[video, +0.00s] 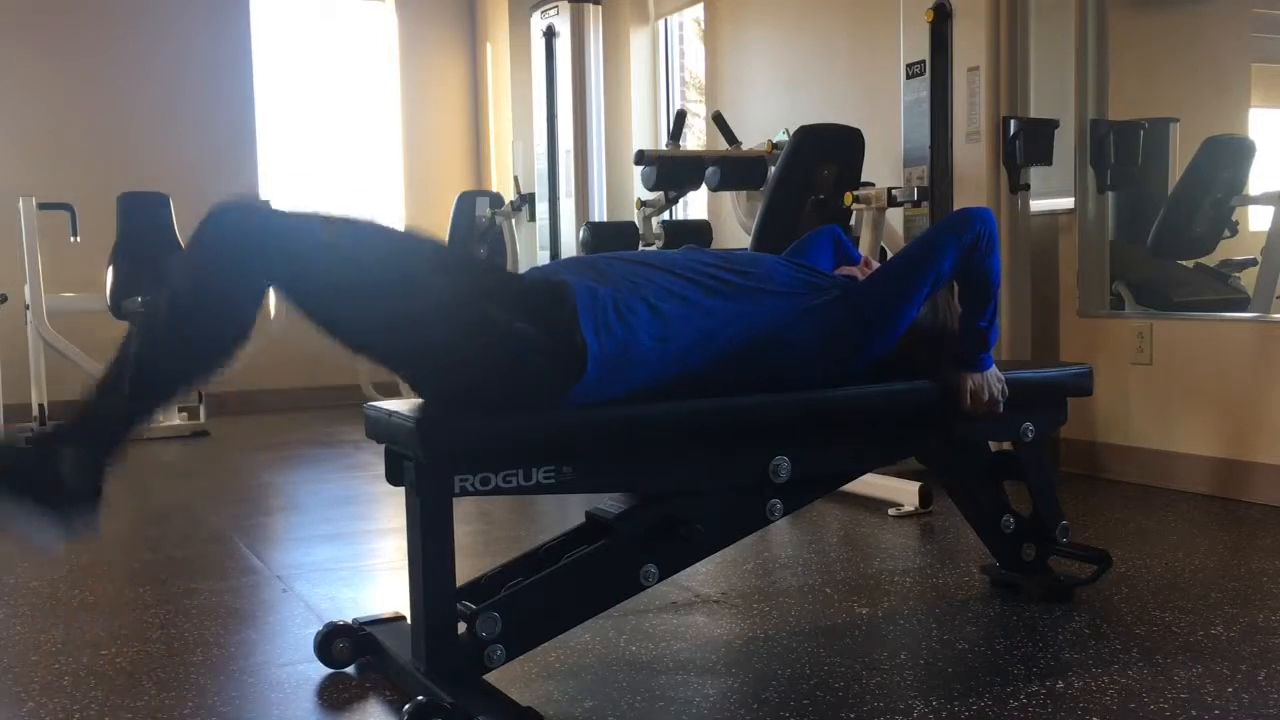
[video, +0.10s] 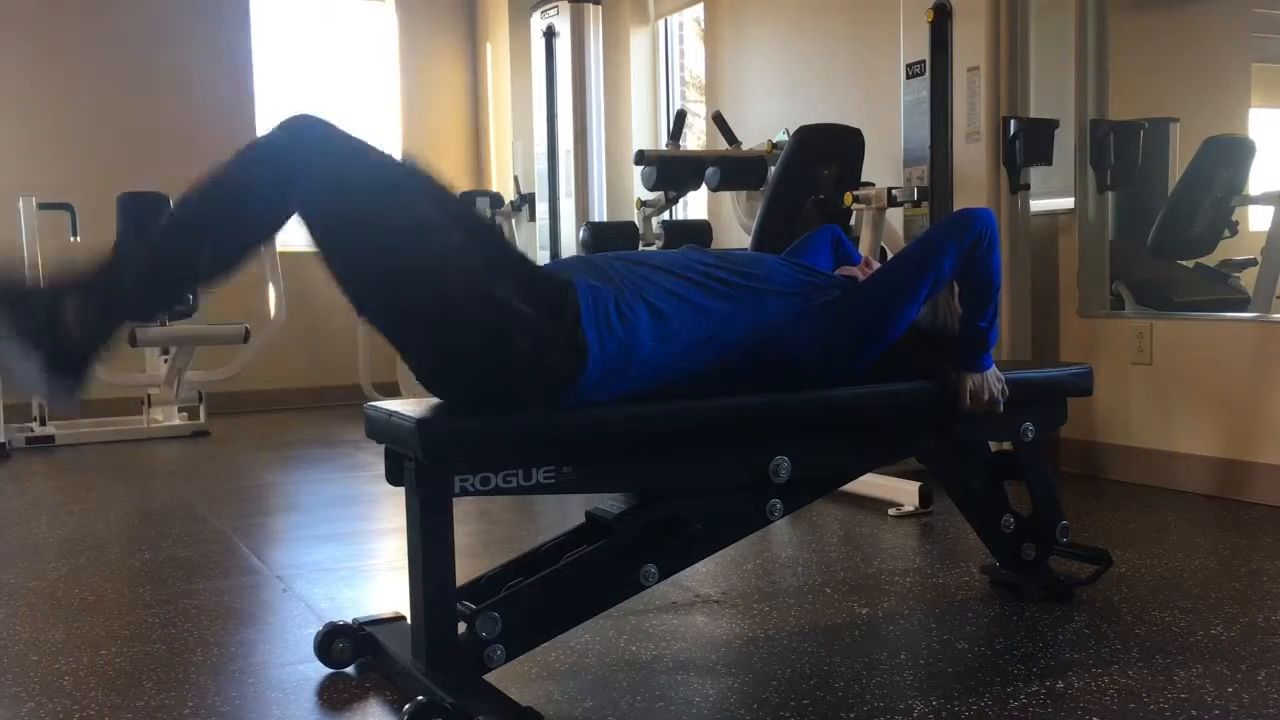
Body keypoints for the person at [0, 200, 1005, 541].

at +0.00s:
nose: (868, 254)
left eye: (885, 262)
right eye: (870, 251)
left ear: (903, 306)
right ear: (848, 270)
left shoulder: (854, 325)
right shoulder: (776, 278)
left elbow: (976, 213)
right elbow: (828, 167)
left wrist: (966, 326)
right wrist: (877, 263)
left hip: (531, 339)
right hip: (506, 305)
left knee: (241, 224)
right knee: (260, 221)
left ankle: (77, 458)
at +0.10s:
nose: (838, 240)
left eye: (854, 239)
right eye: (835, 235)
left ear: (870, 287)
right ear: (814, 258)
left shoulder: (841, 318)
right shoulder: (757, 275)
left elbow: (975, 217)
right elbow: (826, 145)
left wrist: (965, 335)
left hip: (534, 340)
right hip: (513, 304)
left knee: (305, 147)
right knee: (309, 144)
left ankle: (79, 322)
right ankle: (126, 289)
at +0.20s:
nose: (867, 245)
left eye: (885, 254)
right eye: (864, 239)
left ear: (897, 309)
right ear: (837, 249)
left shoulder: (850, 330)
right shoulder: (782, 280)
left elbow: (981, 227)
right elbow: (822, 161)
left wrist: (944, 321)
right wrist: (867, 246)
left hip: (539, 350)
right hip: (526, 317)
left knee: (394, 88)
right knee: (394, 85)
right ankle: (114, 150)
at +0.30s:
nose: (872, 247)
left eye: (894, 259)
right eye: (876, 243)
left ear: (906, 315)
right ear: (858, 276)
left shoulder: (843, 327)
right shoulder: (793, 292)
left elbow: (983, 226)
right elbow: (809, 205)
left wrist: (957, 329)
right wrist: (859, 250)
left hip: (532, 346)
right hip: (514, 324)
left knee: (485, 54)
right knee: (479, 54)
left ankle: (223, 24)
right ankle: (225, 24)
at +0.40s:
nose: (874, 264)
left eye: (887, 273)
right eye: (872, 258)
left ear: (899, 309)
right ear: (847, 267)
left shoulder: (857, 330)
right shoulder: (804, 287)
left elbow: (985, 230)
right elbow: (826, 227)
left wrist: (985, 359)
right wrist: (866, 270)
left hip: (541, 341)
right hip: (531, 317)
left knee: (580, 57)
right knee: (580, 57)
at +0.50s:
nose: (879, 258)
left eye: (896, 268)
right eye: (880, 253)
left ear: (913, 310)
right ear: (858, 266)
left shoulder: (869, 326)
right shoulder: (805, 282)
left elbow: (991, 231)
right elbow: (826, 226)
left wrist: (982, 354)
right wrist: (873, 269)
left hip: (556, 343)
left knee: (648, 81)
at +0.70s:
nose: (880, 257)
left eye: (894, 268)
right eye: (882, 254)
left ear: (907, 310)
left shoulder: (869, 329)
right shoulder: (818, 289)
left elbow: (991, 233)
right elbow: (825, 230)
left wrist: (982, 356)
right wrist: (862, 271)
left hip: (580, 326)